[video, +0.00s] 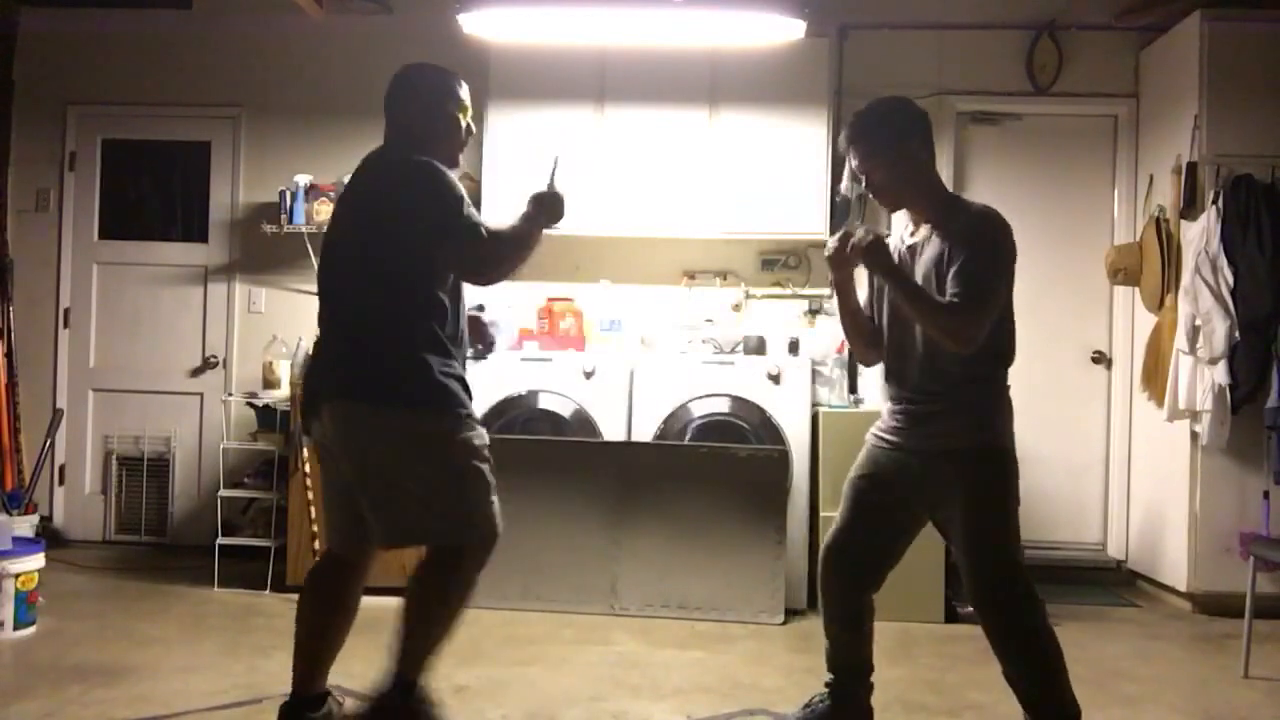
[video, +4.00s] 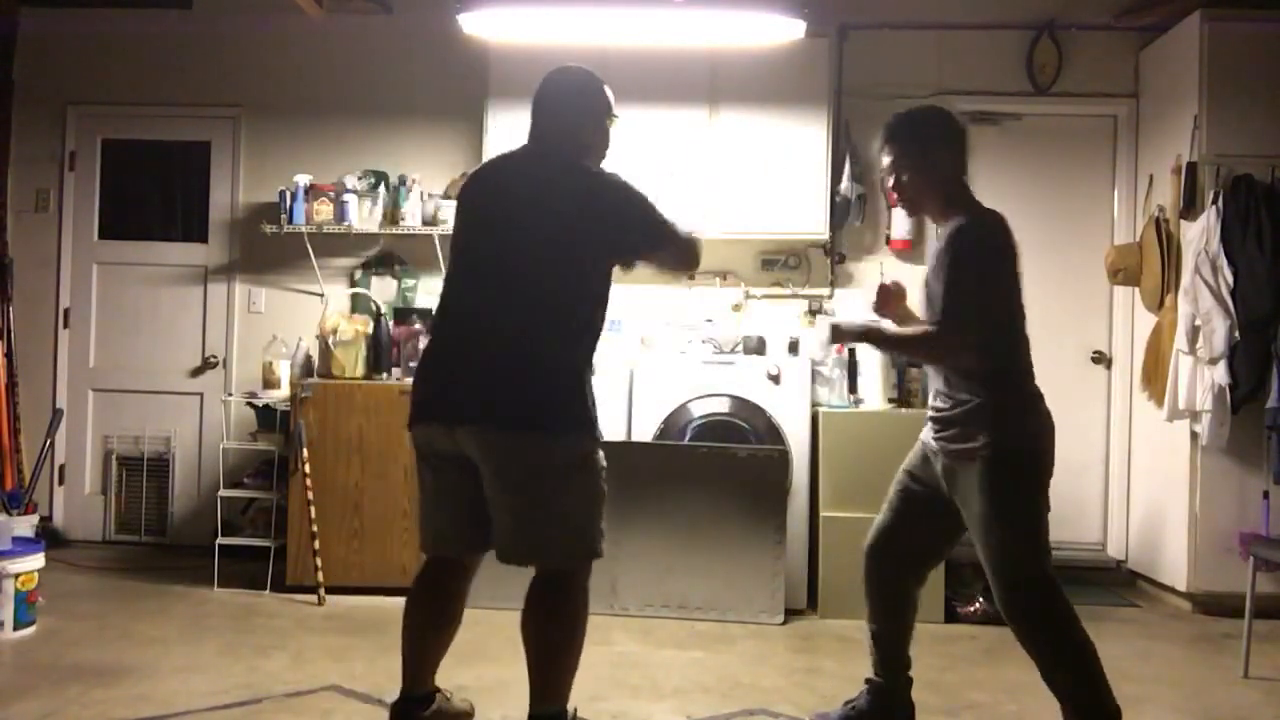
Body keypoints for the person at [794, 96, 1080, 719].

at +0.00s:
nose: (857, 178)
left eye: (864, 161)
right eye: (853, 165)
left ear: (909, 153)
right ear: (891, 162)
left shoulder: (982, 229)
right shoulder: (892, 246)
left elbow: (964, 334)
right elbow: (869, 350)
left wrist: (885, 269)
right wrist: (842, 283)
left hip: (971, 445)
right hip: (899, 438)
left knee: (1001, 601)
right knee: (843, 566)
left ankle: (1058, 716)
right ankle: (847, 699)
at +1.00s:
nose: (890, 180)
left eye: (897, 162)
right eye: (886, 166)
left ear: (943, 150)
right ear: (928, 160)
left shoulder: (1001, 227)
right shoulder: (946, 244)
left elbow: (992, 346)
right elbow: (928, 347)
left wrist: (898, 292)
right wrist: (881, 291)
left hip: (1009, 442)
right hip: (948, 437)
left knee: (1025, 605)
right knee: (902, 574)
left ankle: (1091, 717)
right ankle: (885, 696)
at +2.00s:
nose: (851, 187)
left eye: (858, 171)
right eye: (848, 173)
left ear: (896, 165)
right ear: (912, 166)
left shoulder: (904, 247)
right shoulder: (962, 228)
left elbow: (838, 327)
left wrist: (790, 358)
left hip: (1004, 434)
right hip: (962, 428)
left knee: (1017, 600)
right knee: (924, 560)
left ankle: (1076, 715)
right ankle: (915, 697)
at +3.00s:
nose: (891, 172)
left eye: (900, 156)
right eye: (888, 159)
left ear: (946, 147)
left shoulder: (1000, 226)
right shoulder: (928, 245)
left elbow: (967, 330)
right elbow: (887, 340)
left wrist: (904, 260)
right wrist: (850, 274)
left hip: (982, 439)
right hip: (918, 435)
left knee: (1007, 605)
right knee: (867, 563)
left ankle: (1070, 718)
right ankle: (894, 695)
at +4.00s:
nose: (888, 185)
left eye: (898, 169)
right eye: (886, 172)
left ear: (939, 164)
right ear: (932, 171)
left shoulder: (975, 235)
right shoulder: (950, 236)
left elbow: (960, 347)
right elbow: (958, 334)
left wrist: (872, 337)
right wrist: (906, 314)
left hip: (998, 443)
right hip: (945, 438)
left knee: (1026, 598)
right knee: (887, 559)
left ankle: (1097, 715)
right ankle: (889, 695)